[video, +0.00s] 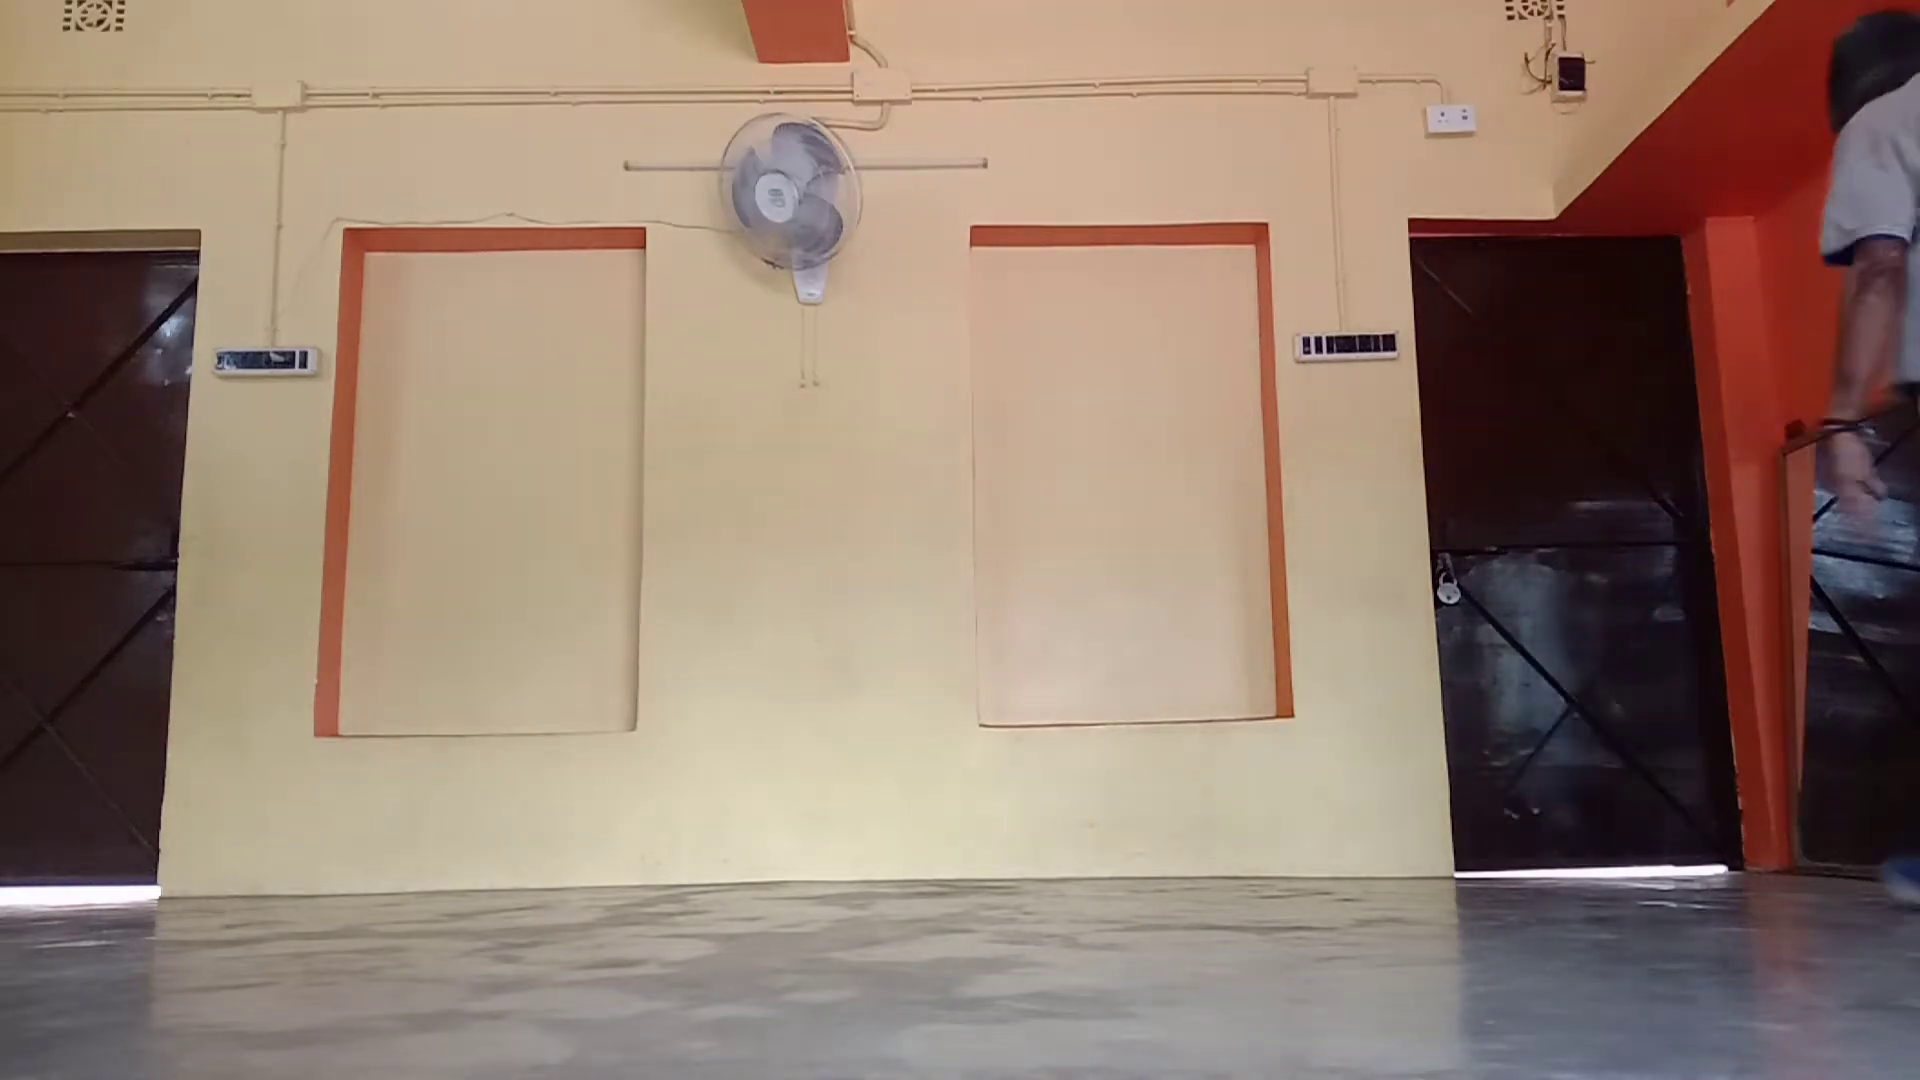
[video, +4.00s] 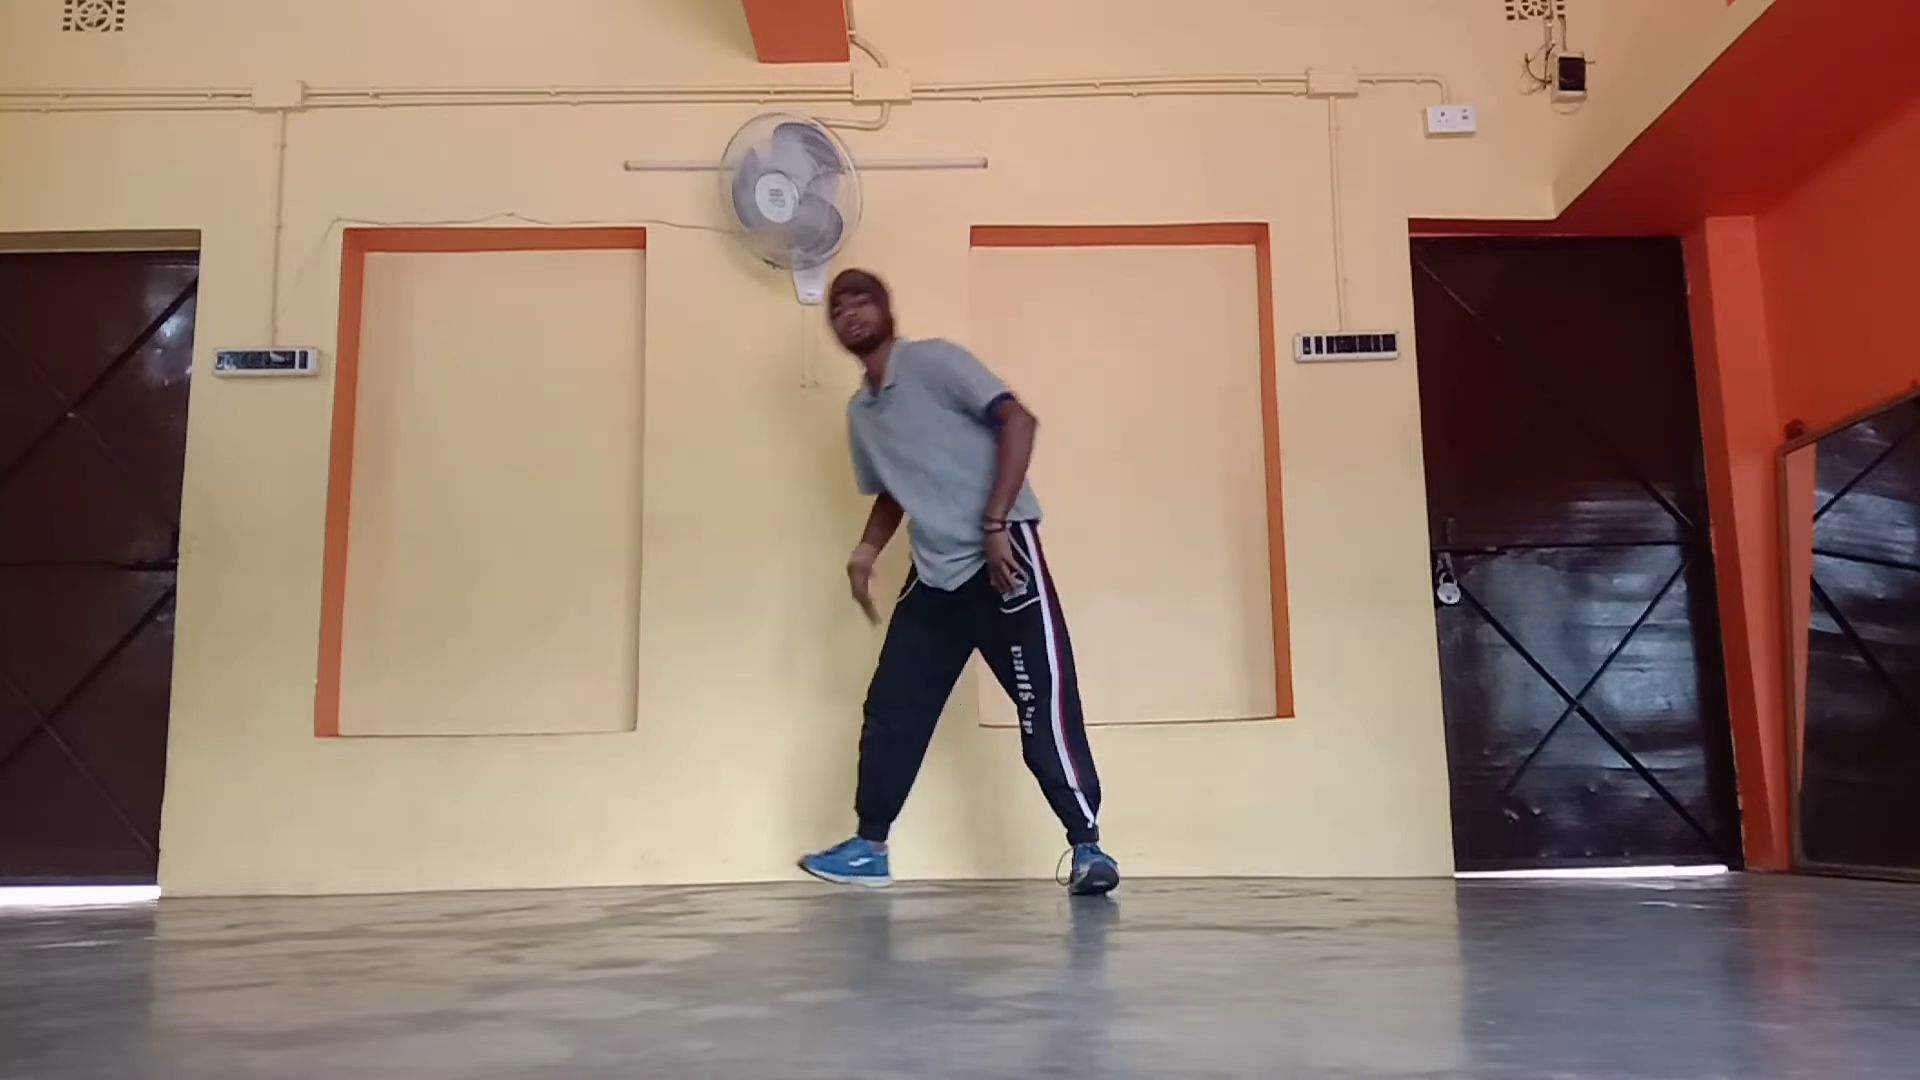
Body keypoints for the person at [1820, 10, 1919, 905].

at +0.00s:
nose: (1834, 118)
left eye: (1841, 99)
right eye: (1842, 105)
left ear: (1857, 80)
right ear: (1901, 71)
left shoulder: (1884, 121)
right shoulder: (1884, 123)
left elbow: (1883, 266)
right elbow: (1885, 270)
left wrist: (1844, 419)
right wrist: (1854, 421)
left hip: (1910, 430)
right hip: (1907, 427)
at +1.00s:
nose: (1398, 303)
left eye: (1398, 289)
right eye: (1394, 289)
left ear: (1417, 274)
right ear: (1458, 268)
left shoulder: (1435, 318)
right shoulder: (1528, 333)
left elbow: (1406, 424)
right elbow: (1525, 446)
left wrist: (1349, 516)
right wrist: (1441, 530)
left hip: (1477, 513)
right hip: (1524, 516)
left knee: (1511, 674)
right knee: (1475, 679)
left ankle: (1625, 843)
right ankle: (1446, 840)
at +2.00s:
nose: (1033, 378)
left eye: (1030, 367)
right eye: (1026, 370)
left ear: (1047, 353)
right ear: (1058, 344)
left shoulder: (1113, 374)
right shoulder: (1086, 387)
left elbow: (1181, 449)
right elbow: (1122, 465)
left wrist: (1124, 529)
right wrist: (1095, 539)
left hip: (1128, 568)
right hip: (1098, 571)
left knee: (1135, 704)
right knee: (1072, 702)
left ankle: (1181, 841)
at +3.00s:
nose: (1025, 270)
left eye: (1036, 261)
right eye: (1012, 262)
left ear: (1053, 281)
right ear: (992, 281)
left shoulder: (1083, 367)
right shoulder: (955, 355)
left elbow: (1151, 422)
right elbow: (883, 405)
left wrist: (1193, 428)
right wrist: (824, 421)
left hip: (1048, 553)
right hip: (964, 552)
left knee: (1067, 703)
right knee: (936, 700)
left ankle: (1086, 851)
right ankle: (921, 847)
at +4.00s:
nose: (850, 312)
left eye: (862, 300)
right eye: (839, 307)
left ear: (889, 311)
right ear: (834, 328)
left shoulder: (934, 361)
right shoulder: (862, 412)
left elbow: (1018, 421)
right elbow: (894, 492)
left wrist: (995, 523)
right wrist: (866, 552)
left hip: (1004, 557)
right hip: (936, 575)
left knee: (1045, 701)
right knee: (894, 702)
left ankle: (1086, 847)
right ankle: (870, 844)